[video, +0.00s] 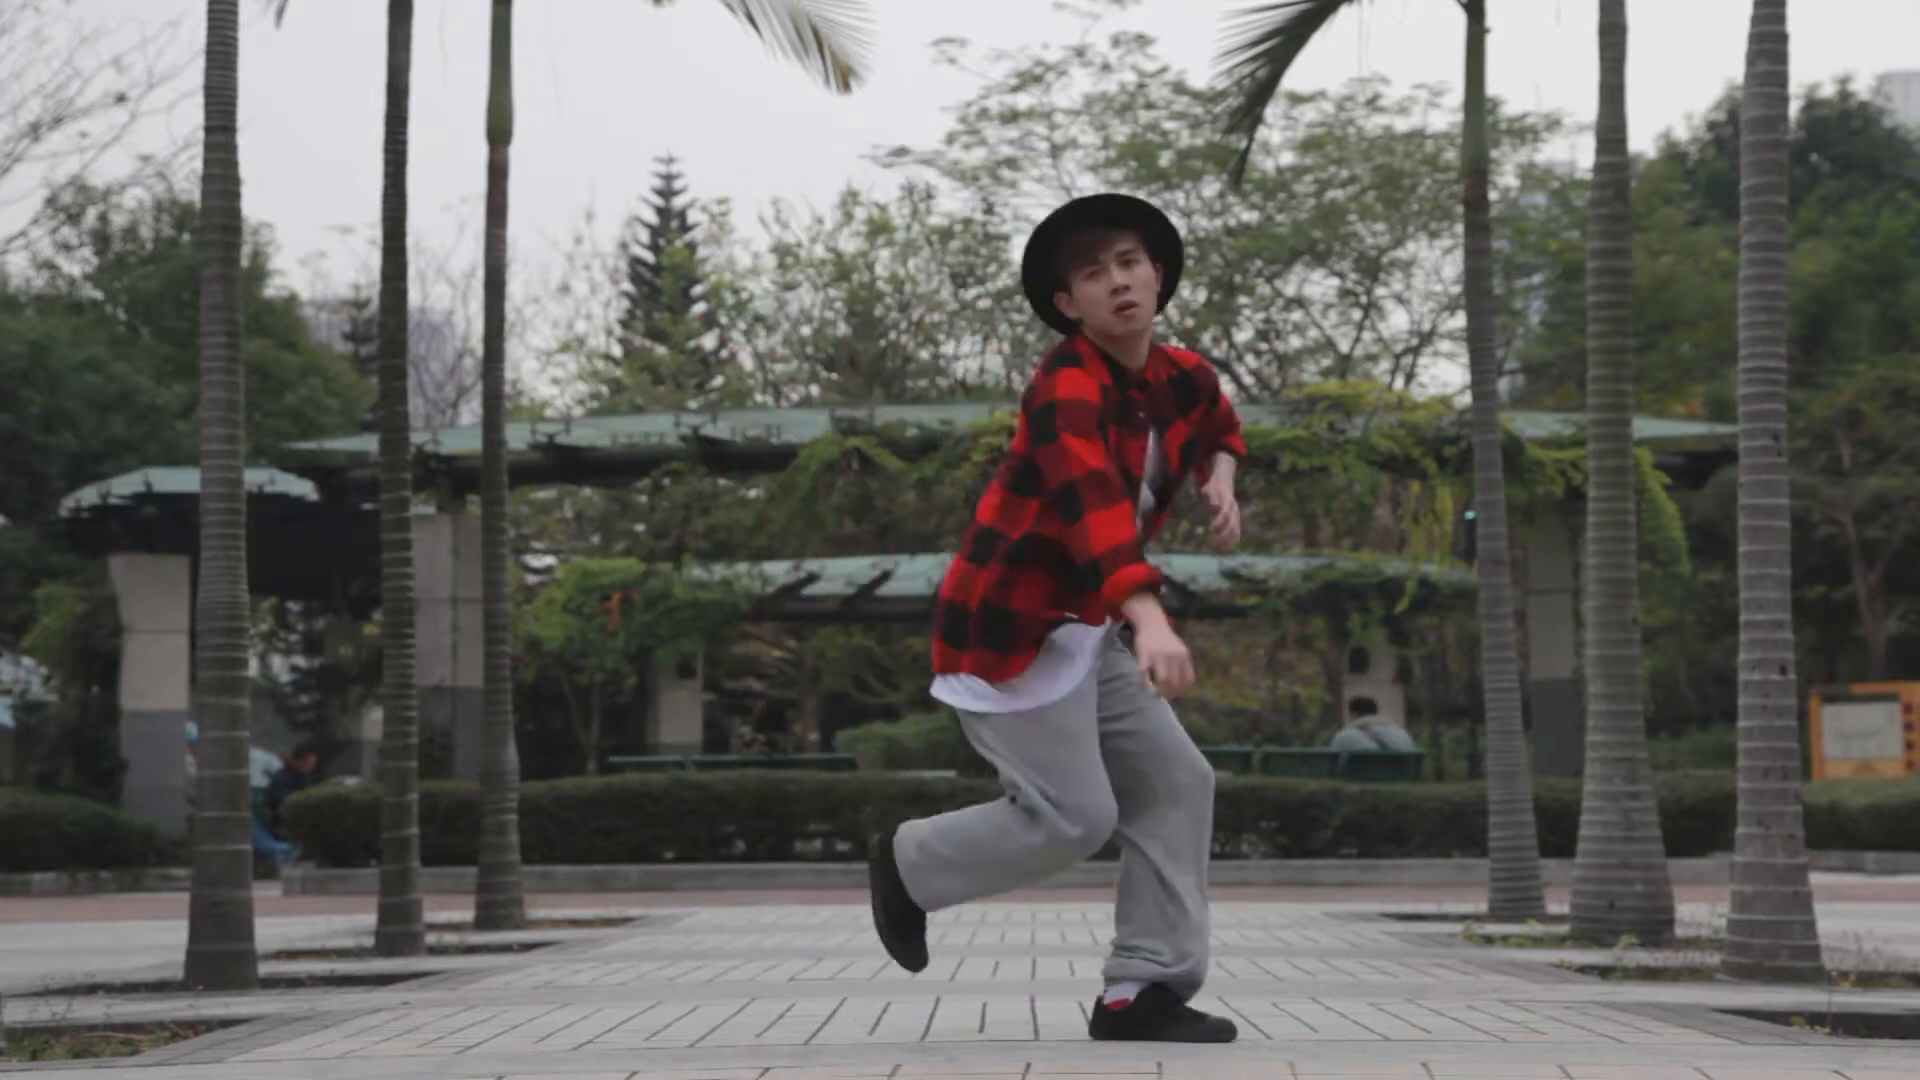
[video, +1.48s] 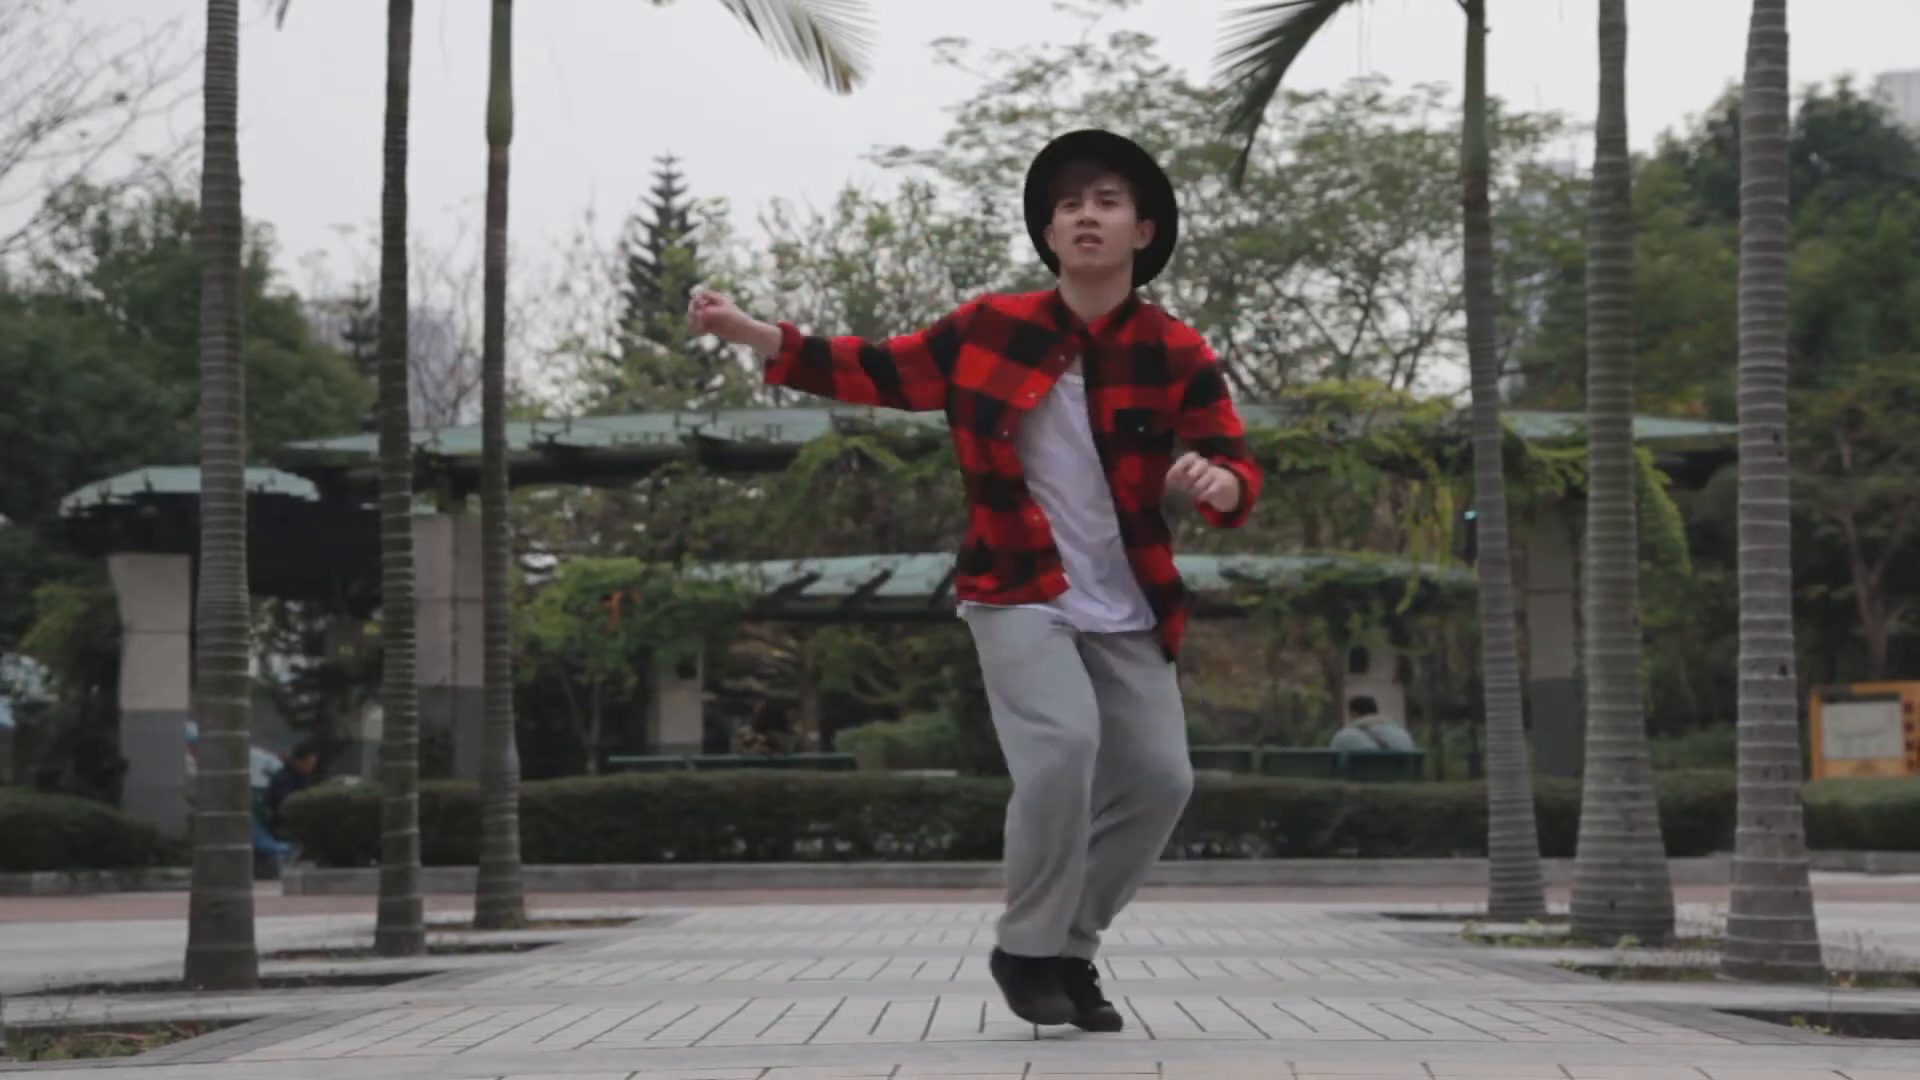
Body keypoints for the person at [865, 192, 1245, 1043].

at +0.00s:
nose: (1118, 280)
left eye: (1131, 261)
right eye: (1091, 271)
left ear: (1160, 277)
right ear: (1065, 306)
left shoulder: (1183, 374)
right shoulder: (1069, 385)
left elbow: (1220, 421)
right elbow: (1095, 506)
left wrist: (1219, 471)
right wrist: (1147, 615)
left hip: (1090, 630)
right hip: (1005, 641)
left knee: (1177, 783)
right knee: (1076, 818)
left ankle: (1141, 990)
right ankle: (912, 861)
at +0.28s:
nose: (1192, 241)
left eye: (1212, 231)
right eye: (1172, 224)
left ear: (1231, 266)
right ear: (1134, 246)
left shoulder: (1209, 381)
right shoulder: (1060, 309)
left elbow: (1207, 528)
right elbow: (934, 332)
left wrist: (1211, 447)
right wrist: (807, 351)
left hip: (1072, 584)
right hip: (996, 566)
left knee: (1093, 764)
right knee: (1143, 679)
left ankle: (1104, 976)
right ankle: (1029, 855)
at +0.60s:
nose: (1080, 197)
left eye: (1106, 185)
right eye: (1070, 182)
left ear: (1148, 219)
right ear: (1051, 202)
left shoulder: (1161, 337)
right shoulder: (1005, 281)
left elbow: (1216, 474)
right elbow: (925, 293)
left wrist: (1286, 607)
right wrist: (849, 268)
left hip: (1093, 564)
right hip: (993, 542)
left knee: (1164, 765)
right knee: (1030, 748)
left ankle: (1041, 935)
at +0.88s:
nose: (1167, 217)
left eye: (1178, 200)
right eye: (1139, 208)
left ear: (1200, 219)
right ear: (1104, 245)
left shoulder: (1240, 312)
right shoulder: (1077, 338)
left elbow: (1272, 359)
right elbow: (1019, 459)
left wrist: (1282, 451)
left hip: (1173, 587)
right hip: (1062, 596)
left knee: (1259, 736)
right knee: (1043, 776)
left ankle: (1291, 944)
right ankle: (996, 944)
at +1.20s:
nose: (1249, 276)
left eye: (1257, 261)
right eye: (1223, 262)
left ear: (1267, 275)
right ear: (1173, 290)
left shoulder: (1249, 379)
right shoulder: (1162, 378)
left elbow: (1335, 457)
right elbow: (1102, 504)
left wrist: (1313, 410)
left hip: (1189, 635)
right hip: (1094, 633)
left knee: (1257, 780)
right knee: (1181, 772)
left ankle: (1266, 988)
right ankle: (1097, 804)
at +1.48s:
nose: (1087, 215)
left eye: (1109, 201)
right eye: (1069, 202)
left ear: (1145, 231)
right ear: (1044, 231)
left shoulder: (1179, 354)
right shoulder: (990, 329)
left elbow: (1238, 471)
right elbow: (877, 370)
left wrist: (1219, 484)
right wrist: (756, 335)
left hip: (1126, 606)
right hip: (1017, 595)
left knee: (1161, 775)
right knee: (1066, 742)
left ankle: (1071, 949)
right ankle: (1028, 949)